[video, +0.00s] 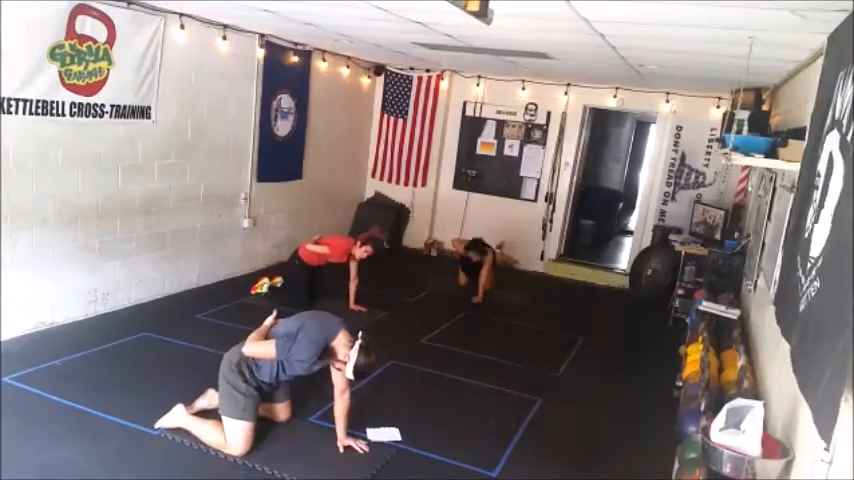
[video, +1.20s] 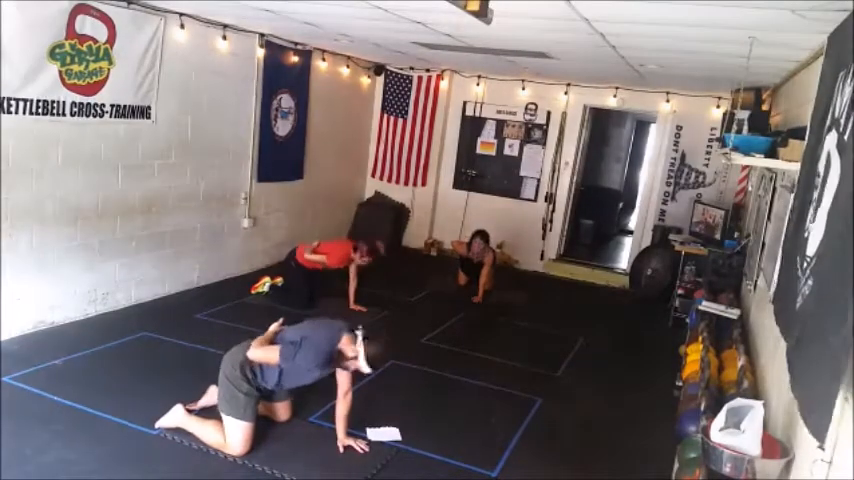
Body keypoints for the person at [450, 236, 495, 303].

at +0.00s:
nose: (474, 260)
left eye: (476, 257)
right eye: (471, 257)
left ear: (481, 254)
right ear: (468, 251)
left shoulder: (489, 253)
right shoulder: (463, 247)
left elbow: (483, 273)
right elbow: (454, 241)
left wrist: (480, 295)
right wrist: (459, 249)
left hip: (482, 264)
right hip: (467, 261)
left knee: (486, 286)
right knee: (462, 282)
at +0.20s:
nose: (477, 249)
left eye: (481, 246)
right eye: (475, 245)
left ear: (485, 248)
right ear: (471, 244)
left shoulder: (489, 254)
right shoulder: (465, 248)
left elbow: (483, 274)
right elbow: (454, 241)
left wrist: (480, 295)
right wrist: (459, 247)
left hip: (481, 266)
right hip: (467, 264)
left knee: (486, 286)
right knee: (462, 282)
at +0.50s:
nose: (475, 248)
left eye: (479, 245)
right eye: (473, 244)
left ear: (483, 247)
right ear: (469, 244)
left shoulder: (488, 254)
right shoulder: (464, 248)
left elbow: (483, 275)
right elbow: (453, 243)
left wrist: (480, 295)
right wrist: (460, 252)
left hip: (481, 266)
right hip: (467, 264)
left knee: (486, 287)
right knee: (462, 282)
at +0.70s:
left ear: (482, 260)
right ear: (465, 254)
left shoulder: (489, 254)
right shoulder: (462, 247)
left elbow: (483, 274)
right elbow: (456, 237)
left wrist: (479, 295)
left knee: (486, 286)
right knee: (462, 282)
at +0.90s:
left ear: (482, 259)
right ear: (465, 253)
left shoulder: (489, 254)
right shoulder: (462, 246)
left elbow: (483, 275)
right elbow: (455, 237)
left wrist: (479, 295)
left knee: (486, 286)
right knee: (462, 282)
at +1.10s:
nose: (475, 256)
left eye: (479, 253)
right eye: (473, 253)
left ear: (485, 250)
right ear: (469, 249)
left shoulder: (489, 254)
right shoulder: (464, 249)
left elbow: (484, 275)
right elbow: (454, 243)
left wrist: (479, 296)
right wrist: (464, 254)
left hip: (482, 265)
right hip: (467, 263)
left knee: (486, 287)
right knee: (462, 282)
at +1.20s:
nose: (477, 246)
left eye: (480, 243)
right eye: (475, 242)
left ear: (485, 245)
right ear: (471, 242)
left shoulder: (489, 255)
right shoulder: (463, 249)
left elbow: (483, 276)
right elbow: (453, 243)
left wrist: (479, 296)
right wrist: (466, 254)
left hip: (481, 267)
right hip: (467, 264)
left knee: (486, 287)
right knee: (461, 282)